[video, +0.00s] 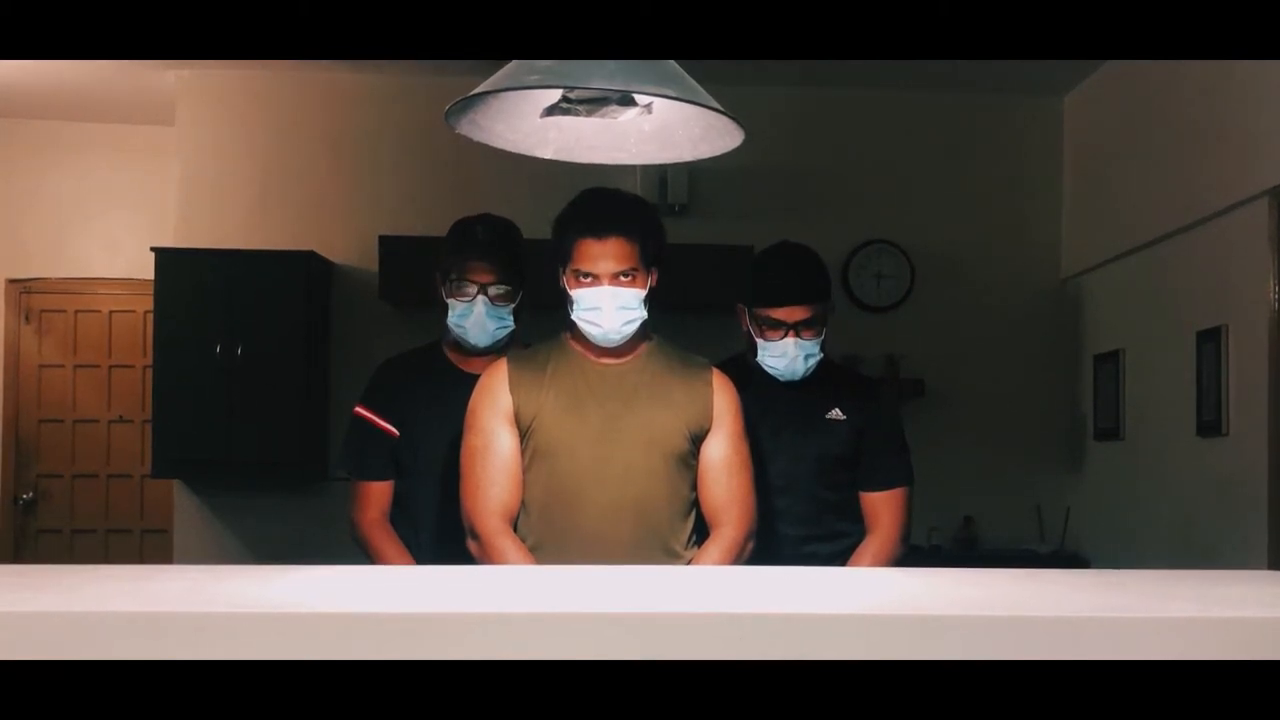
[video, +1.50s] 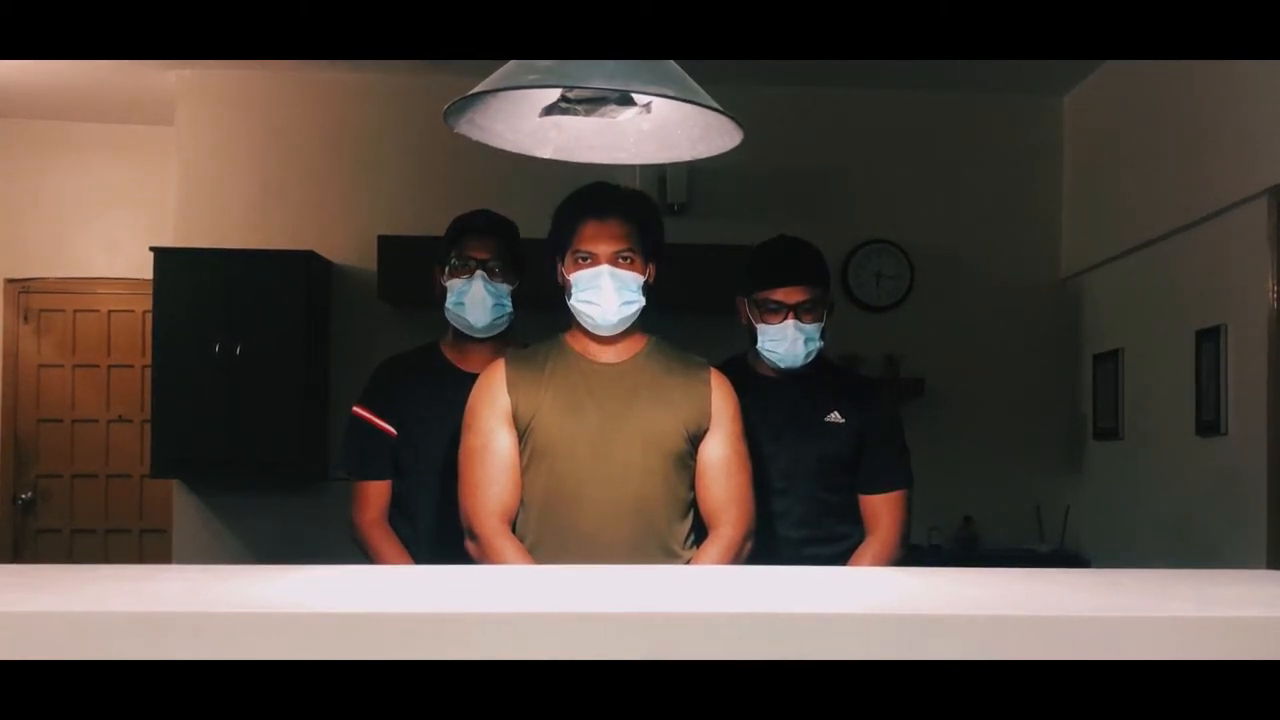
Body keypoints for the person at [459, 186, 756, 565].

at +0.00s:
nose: (606, 295)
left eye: (624, 276)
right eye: (587, 278)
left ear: (649, 279)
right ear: (564, 280)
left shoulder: (707, 390)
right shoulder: (507, 383)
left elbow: (733, 532)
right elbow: (488, 529)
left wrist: (670, 615)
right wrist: (554, 611)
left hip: (667, 615)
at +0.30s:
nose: (606, 292)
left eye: (625, 274)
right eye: (587, 275)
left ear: (650, 278)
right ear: (564, 278)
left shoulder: (707, 389)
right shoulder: (507, 382)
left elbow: (733, 532)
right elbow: (487, 528)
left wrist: (669, 614)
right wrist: (554, 610)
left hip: (667, 615)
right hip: (545, 613)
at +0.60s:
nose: (605, 288)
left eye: (624, 270)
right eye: (586, 271)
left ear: (649, 276)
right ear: (564, 276)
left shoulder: (707, 389)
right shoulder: (507, 382)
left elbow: (734, 531)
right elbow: (486, 529)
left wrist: (670, 615)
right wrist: (554, 612)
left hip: (667, 616)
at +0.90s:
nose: (605, 285)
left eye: (624, 267)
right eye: (586, 267)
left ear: (648, 275)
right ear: (564, 274)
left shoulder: (706, 388)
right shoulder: (507, 381)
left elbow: (733, 531)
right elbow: (486, 529)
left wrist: (669, 614)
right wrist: (554, 611)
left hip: (667, 615)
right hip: (545, 614)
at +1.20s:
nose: (604, 280)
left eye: (623, 263)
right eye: (586, 263)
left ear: (648, 273)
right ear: (563, 272)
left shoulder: (705, 389)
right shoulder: (506, 381)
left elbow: (732, 532)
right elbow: (486, 531)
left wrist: (667, 615)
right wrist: (556, 614)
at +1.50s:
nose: (604, 275)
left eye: (623, 258)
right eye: (586, 259)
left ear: (648, 271)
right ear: (562, 270)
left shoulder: (705, 389)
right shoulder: (505, 383)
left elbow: (732, 531)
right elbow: (486, 531)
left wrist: (667, 615)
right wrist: (555, 615)